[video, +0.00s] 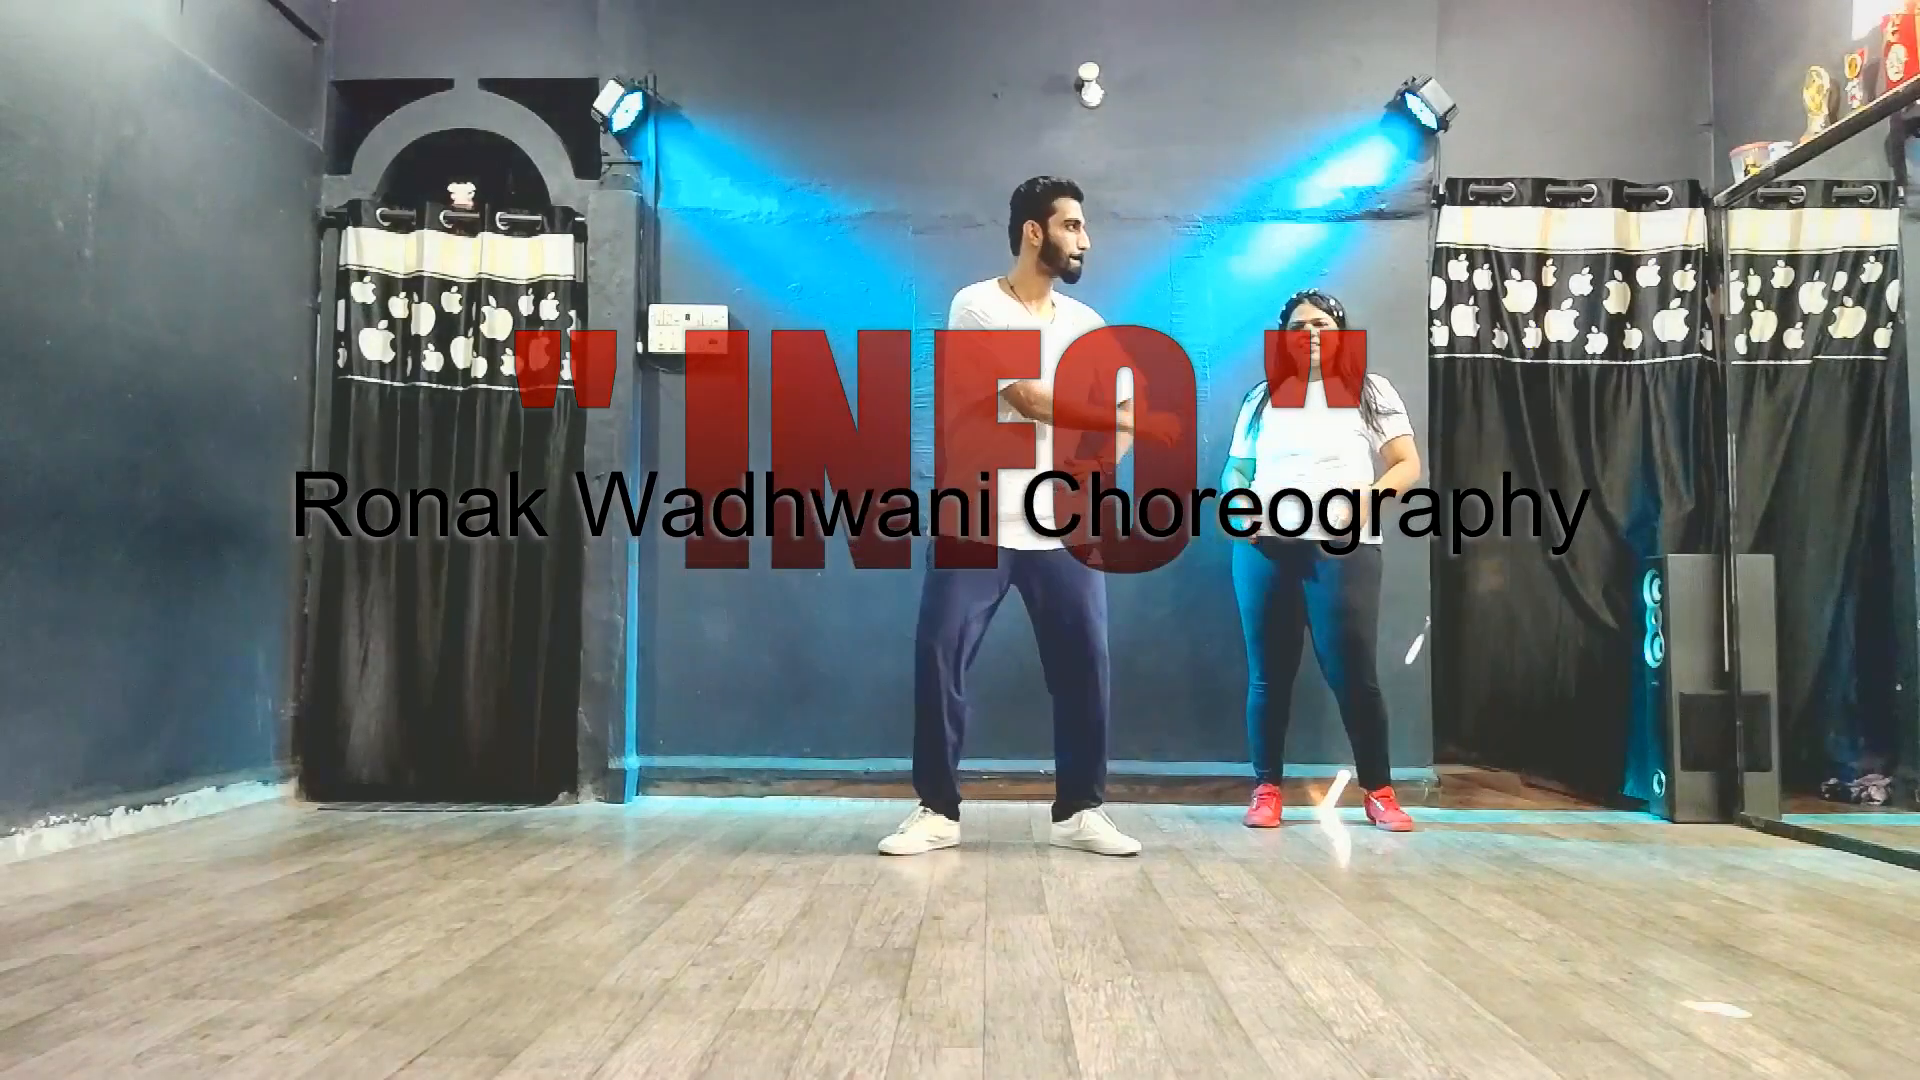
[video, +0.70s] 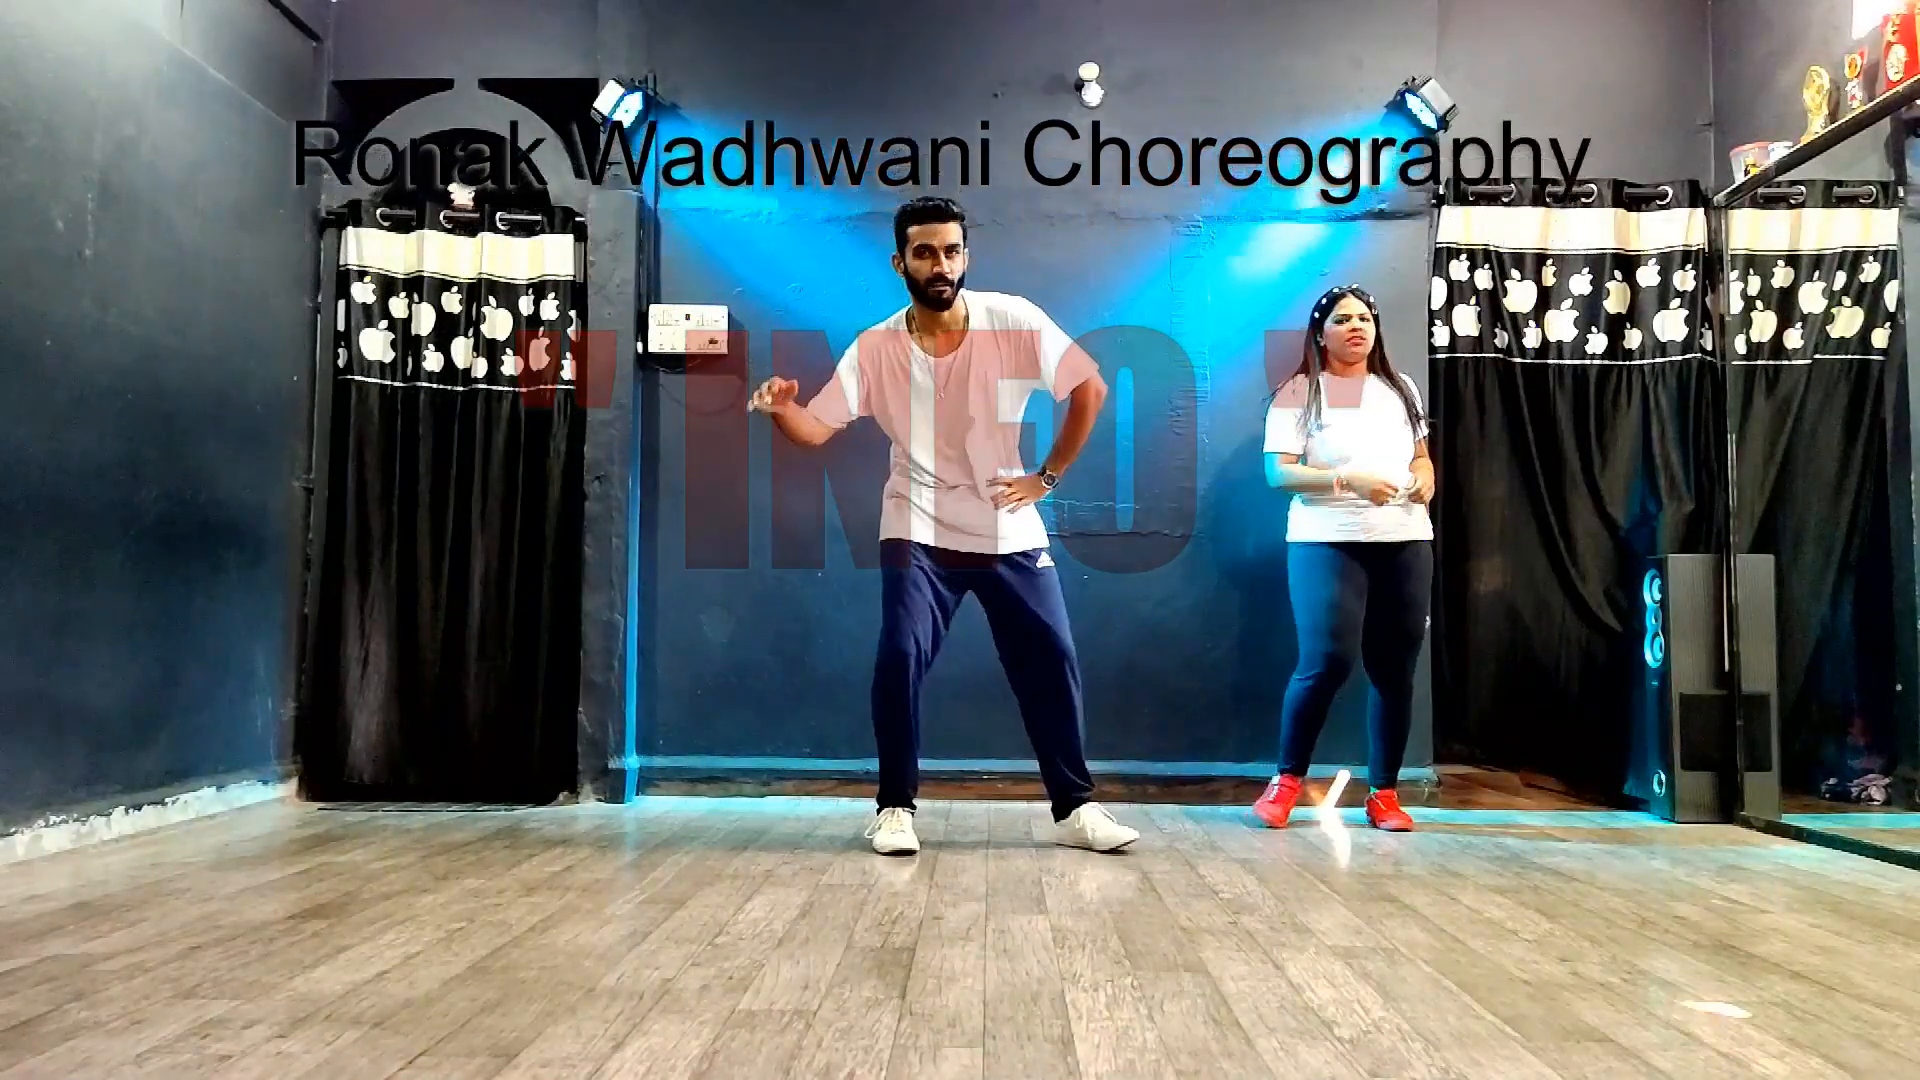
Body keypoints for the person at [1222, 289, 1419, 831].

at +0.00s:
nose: (1310, 333)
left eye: (1321, 324)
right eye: (1299, 325)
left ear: (1342, 336)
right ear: (1284, 337)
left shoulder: (1371, 390)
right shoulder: (1260, 399)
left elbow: (1407, 465)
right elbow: (1237, 478)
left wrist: (1364, 502)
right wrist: (1246, 515)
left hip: (1343, 549)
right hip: (1266, 548)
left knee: (1354, 675)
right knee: (1268, 675)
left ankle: (1378, 791)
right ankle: (1267, 789)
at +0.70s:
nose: (1355, 327)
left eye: (1363, 319)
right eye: (1342, 320)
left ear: (1375, 331)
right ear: (1321, 333)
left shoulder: (1401, 390)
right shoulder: (1299, 390)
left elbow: (1420, 457)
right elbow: (1279, 473)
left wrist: (1423, 476)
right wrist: (1350, 477)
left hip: (1403, 542)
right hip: (1325, 541)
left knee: (1394, 671)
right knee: (1326, 659)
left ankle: (1383, 794)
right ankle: (1287, 782)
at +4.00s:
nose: (1354, 286)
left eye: (1354, 282)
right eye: (1340, 281)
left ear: (1352, 305)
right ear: (1311, 300)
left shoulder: (1367, 364)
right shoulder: (1306, 349)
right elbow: (1369, 282)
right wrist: (1413, 208)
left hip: (1381, 541)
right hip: (1307, 542)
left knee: (1499, 507)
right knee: (1306, 668)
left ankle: (1466, 642)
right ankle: (1264, 816)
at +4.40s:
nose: (1437, 282)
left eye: (1449, 275)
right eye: (1423, 277)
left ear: (1467, 297)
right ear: (1403, 299)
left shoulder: (1482, 359)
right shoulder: (1367, 342)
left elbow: (1537, 330)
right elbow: (1277, 372)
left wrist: (1558, 245)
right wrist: (1191, 378)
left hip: (1426, 541)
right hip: (1356, 514)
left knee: (1452, 651)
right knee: (1336, 450)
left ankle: (1459, 822)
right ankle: (1319, 597)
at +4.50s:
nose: (1424, 265)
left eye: (1436, 259)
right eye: (1411, 258)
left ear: (1452, 278)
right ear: (1390, 276)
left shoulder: (1473, 321)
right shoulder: (1355, 322)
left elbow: (1552, 283)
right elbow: (1271, 344)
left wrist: (1545, 190)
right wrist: (1189, 342)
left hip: (1430, 516)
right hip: (1359, 499)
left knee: (1439, 662)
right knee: (1324, 423)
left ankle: (1463, 806)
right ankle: (1316, 567)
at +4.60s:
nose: (1407, 267)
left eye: (1420, 262)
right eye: (1395, 261)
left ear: (1436, 284)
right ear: (1374, 283)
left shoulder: (1465, 326)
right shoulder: (1344, 328)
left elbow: (1553, 314)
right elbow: (1284, 378)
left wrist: (1588, 234)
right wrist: (1215, 388)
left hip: (1428, 520)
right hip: (1348, 502)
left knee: (1442, 668)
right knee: (1282, 478)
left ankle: (1451, 809)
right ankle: (1300, 622)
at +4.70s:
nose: (1393, 286)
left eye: (1405, 281)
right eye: (1382, 280)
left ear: (1425, 301)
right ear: (1364, 301)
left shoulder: (1454, 353)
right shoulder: (1333, 358)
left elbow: (1537, 375)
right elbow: (1299, 424)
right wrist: (1234, 454)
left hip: (1427, 540)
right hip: (1338, 529)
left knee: (1442, 680)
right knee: (1262, 572)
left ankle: (1453, 817)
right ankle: (1292, 698)